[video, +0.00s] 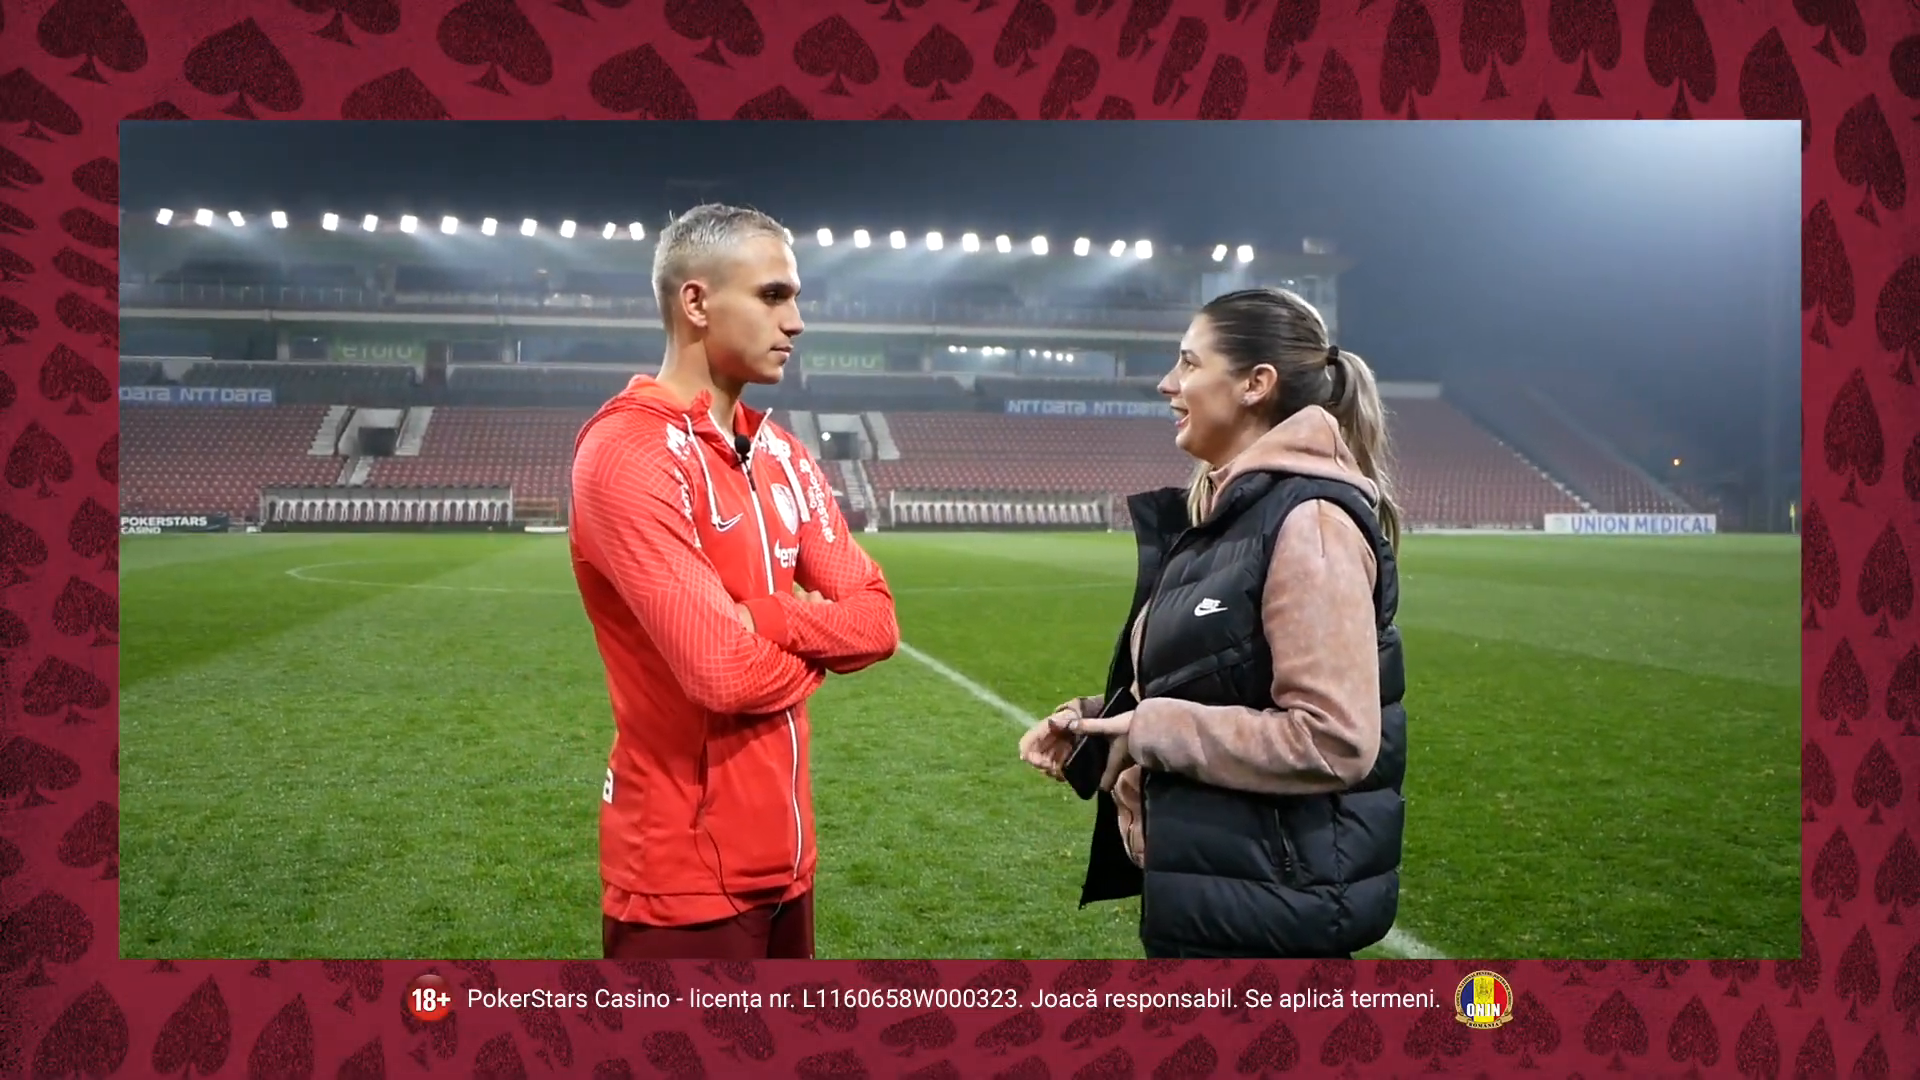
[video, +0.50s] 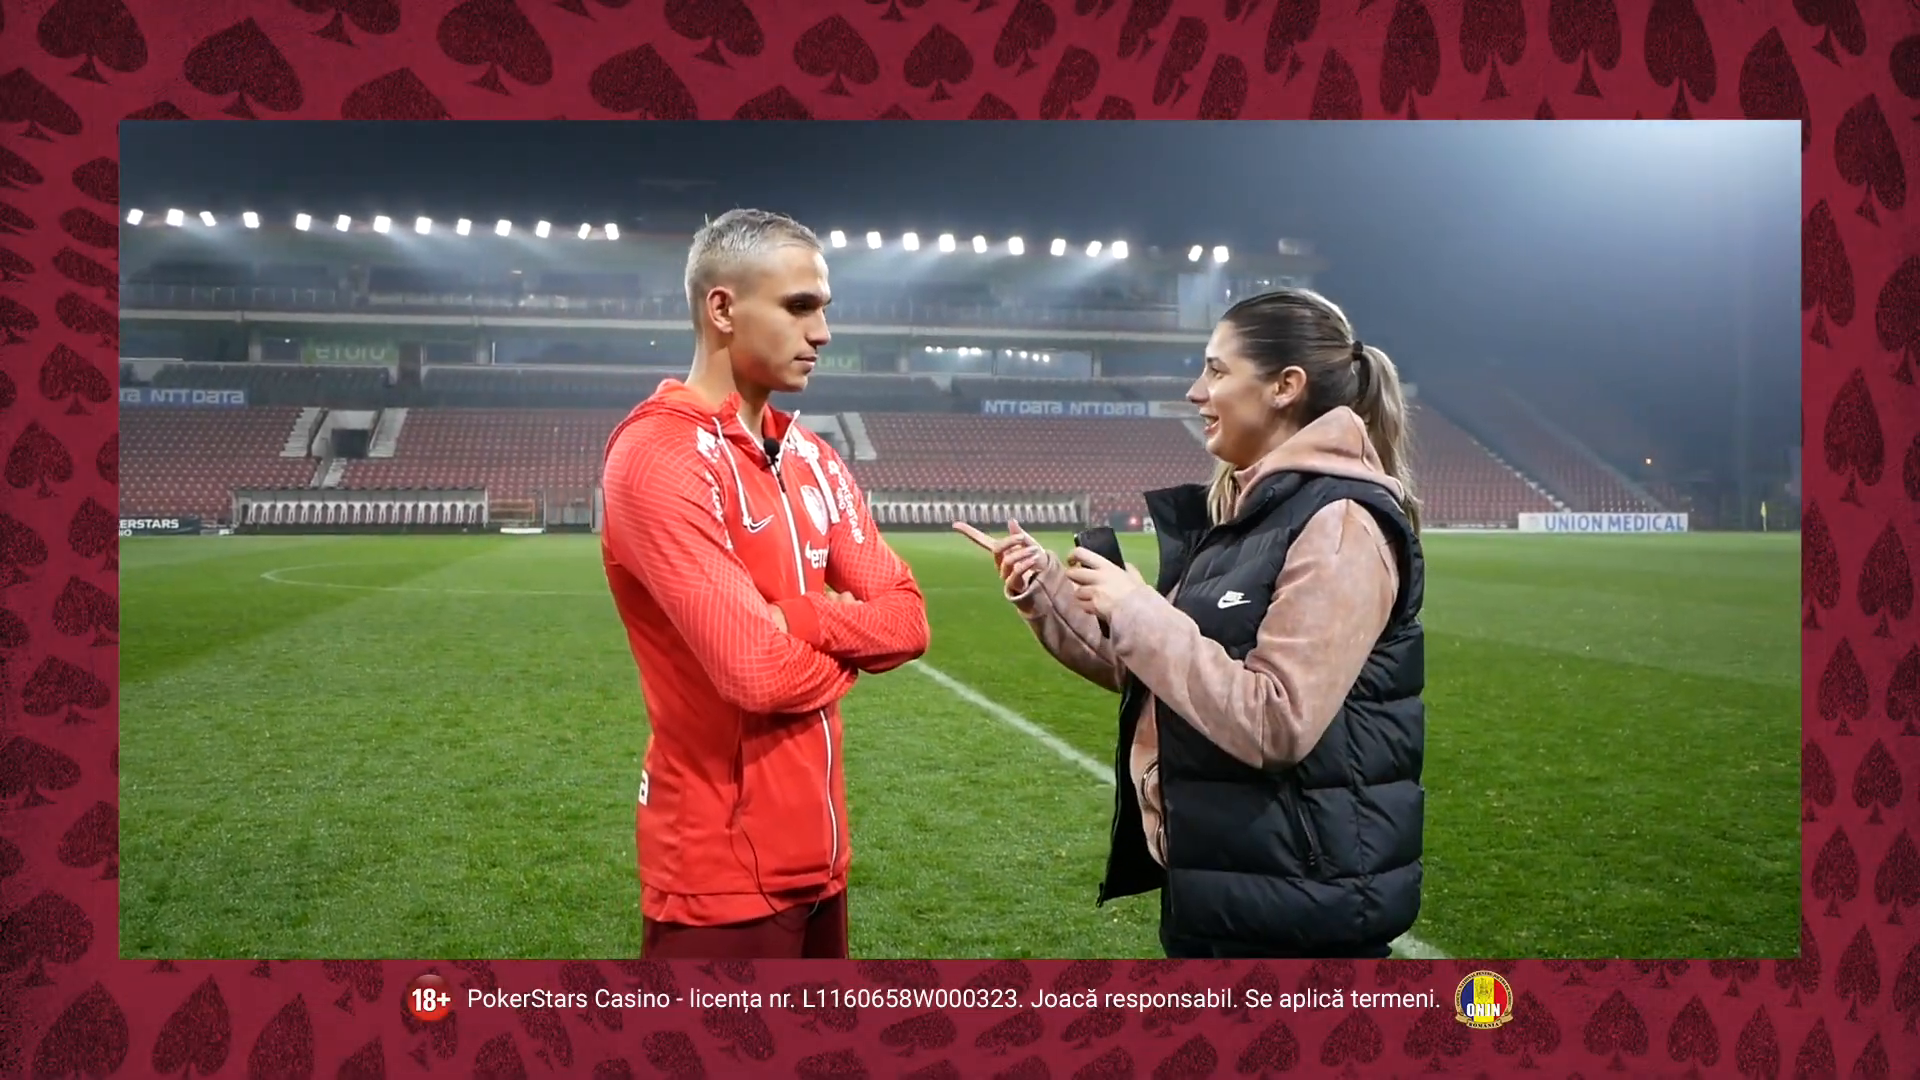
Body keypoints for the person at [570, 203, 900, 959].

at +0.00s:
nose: (796, 321)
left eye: (794, 298)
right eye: (772, 296)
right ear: (695, 303)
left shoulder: (784, 454)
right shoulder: (624, 456)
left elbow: (876, 622)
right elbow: (723, 676)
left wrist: (751, 615)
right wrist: (822, 644)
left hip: (781, 852)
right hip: (682, 865)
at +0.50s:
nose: (822, 333)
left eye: (823, 309)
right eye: (799, 307)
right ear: (721, 309)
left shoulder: (812, 455)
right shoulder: (655, 459)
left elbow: (908, 620)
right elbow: (758, 676)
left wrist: (790, 616)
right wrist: (852, 646)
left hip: (813, 847)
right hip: (719, 861)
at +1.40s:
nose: (826, 350)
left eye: (833, 327)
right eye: (806, 323)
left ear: (836, 323)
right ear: (733, 313)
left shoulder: (823, 456)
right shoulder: (663, 456)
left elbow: (907, 627)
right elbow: (748, 679)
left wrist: (782, 619)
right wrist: (846, 650)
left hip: (812, 841)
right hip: (714, 853)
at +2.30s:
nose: (841, 331)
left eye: (844, 307)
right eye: (819, 302)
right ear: (738, 298)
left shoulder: (815, 451)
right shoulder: (665, 449)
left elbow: (909, 630)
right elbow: (768, 681)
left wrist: (801, 621)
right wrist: (852, 652)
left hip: (822, 861)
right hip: (720, 881)